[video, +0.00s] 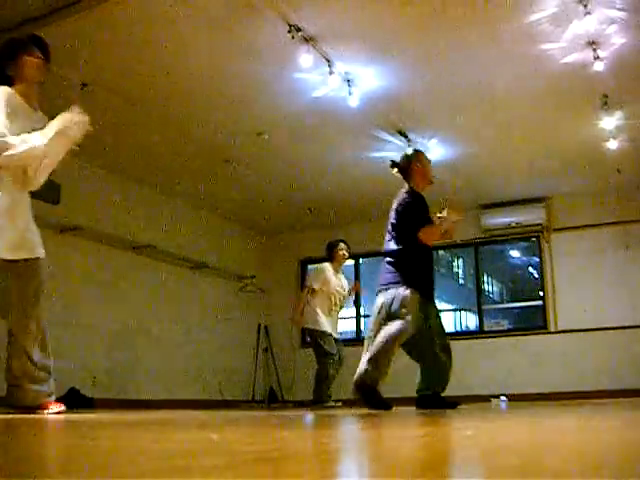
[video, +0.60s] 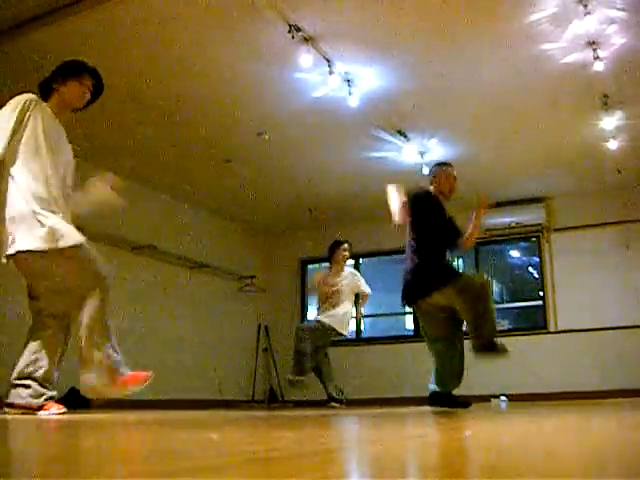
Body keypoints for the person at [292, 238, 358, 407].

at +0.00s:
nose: (344, 253)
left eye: (346, 251)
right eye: (340, 250)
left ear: (347, 255)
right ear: (332, 253)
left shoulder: (342, 280)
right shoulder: (322, 269)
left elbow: (338, 304)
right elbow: (306, 291)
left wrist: (351, 292)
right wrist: (298, 313)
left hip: (329, 324)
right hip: (315, 320)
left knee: (338, 356)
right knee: (329, 356)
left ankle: (323, 395)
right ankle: (321, 397)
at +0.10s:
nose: (341, 255)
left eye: (343, 252)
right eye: (337, 251)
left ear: (346, 257)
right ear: (329, 254)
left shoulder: (346, 278)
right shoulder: (318, 271)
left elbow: (357, 298)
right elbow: (303, 288)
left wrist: (356, 279)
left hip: (336, 324)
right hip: (315, 322)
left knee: (350, 355)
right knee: (324, 356)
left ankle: (335, 379)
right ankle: (322, 397)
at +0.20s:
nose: (342, 251)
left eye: (345, 249)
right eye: (339, 247)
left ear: (348, 253)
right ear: (332, 250)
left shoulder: (349, 274)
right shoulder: (318, 263)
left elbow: (364, 294)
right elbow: (299, 268)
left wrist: (361, 283)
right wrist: (307, 272)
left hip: (333, 314)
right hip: (312, 314)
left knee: (336, 333)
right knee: (314, 359)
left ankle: (336, 362)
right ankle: (319, 397)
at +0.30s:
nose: (343, 249)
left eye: (346, 247)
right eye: (340, 246)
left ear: (348, 252)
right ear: (333, 248)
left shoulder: (350, 272)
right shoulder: (320, 261)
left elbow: (359, 290)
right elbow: (297, 258)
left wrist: (358, 297)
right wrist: (308, 273)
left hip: (337, 304)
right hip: (317, 305)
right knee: (316, 351)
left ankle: (319, 356)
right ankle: (329, 392)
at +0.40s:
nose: (342, 253)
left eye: (345, 251)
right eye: (340, 249)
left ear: (348, 255)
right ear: (332, 252)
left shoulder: (351, 275)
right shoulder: (319, 270)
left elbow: (358, 301)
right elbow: (300, 274)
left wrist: (358, 323)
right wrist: (303, 285)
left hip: (338, 317)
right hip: (320, 316)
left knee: (307, 338)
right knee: (321, 358)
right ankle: (339, 396)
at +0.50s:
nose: (341, 258)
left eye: (344, 255)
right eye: (338, 254)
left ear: (346, 259)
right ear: (330, 256)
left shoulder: (350, 277)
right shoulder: (320, 278)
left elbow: (365, 298)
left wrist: (356, 317)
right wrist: (316, 304)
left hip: (339, 324)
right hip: (322, 323)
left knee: (307, 348)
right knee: (318, 364)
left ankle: (278, 372)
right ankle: (337, 396)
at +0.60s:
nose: (346, 254)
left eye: (348, 251)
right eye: (342, 251)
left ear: (349, 255)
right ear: (332, 254)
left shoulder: (351, 275)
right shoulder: (321, 276)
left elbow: (365, 292)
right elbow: (319, 297)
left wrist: (359, 308)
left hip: (339, 321)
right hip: (323, 319)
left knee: (303, 330)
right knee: (317, 354)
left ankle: (300, 373)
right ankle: (335, 395)